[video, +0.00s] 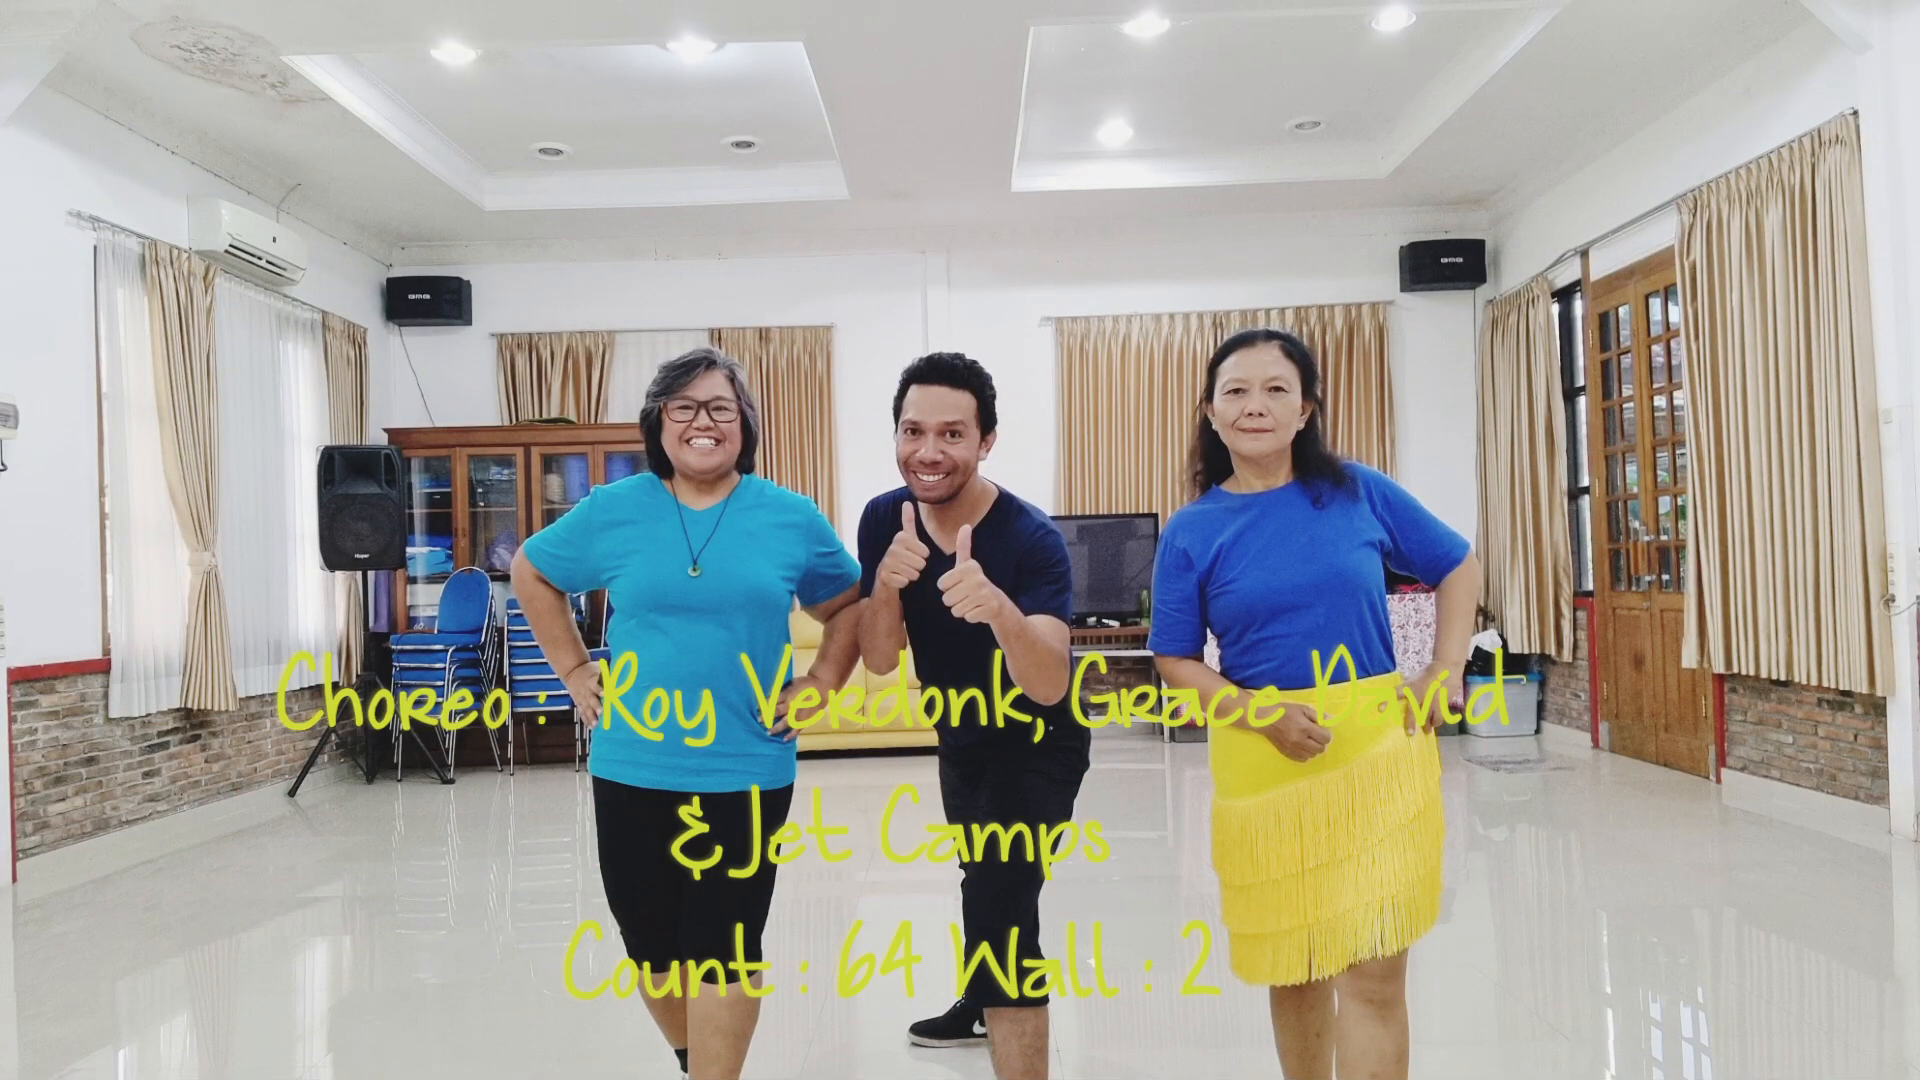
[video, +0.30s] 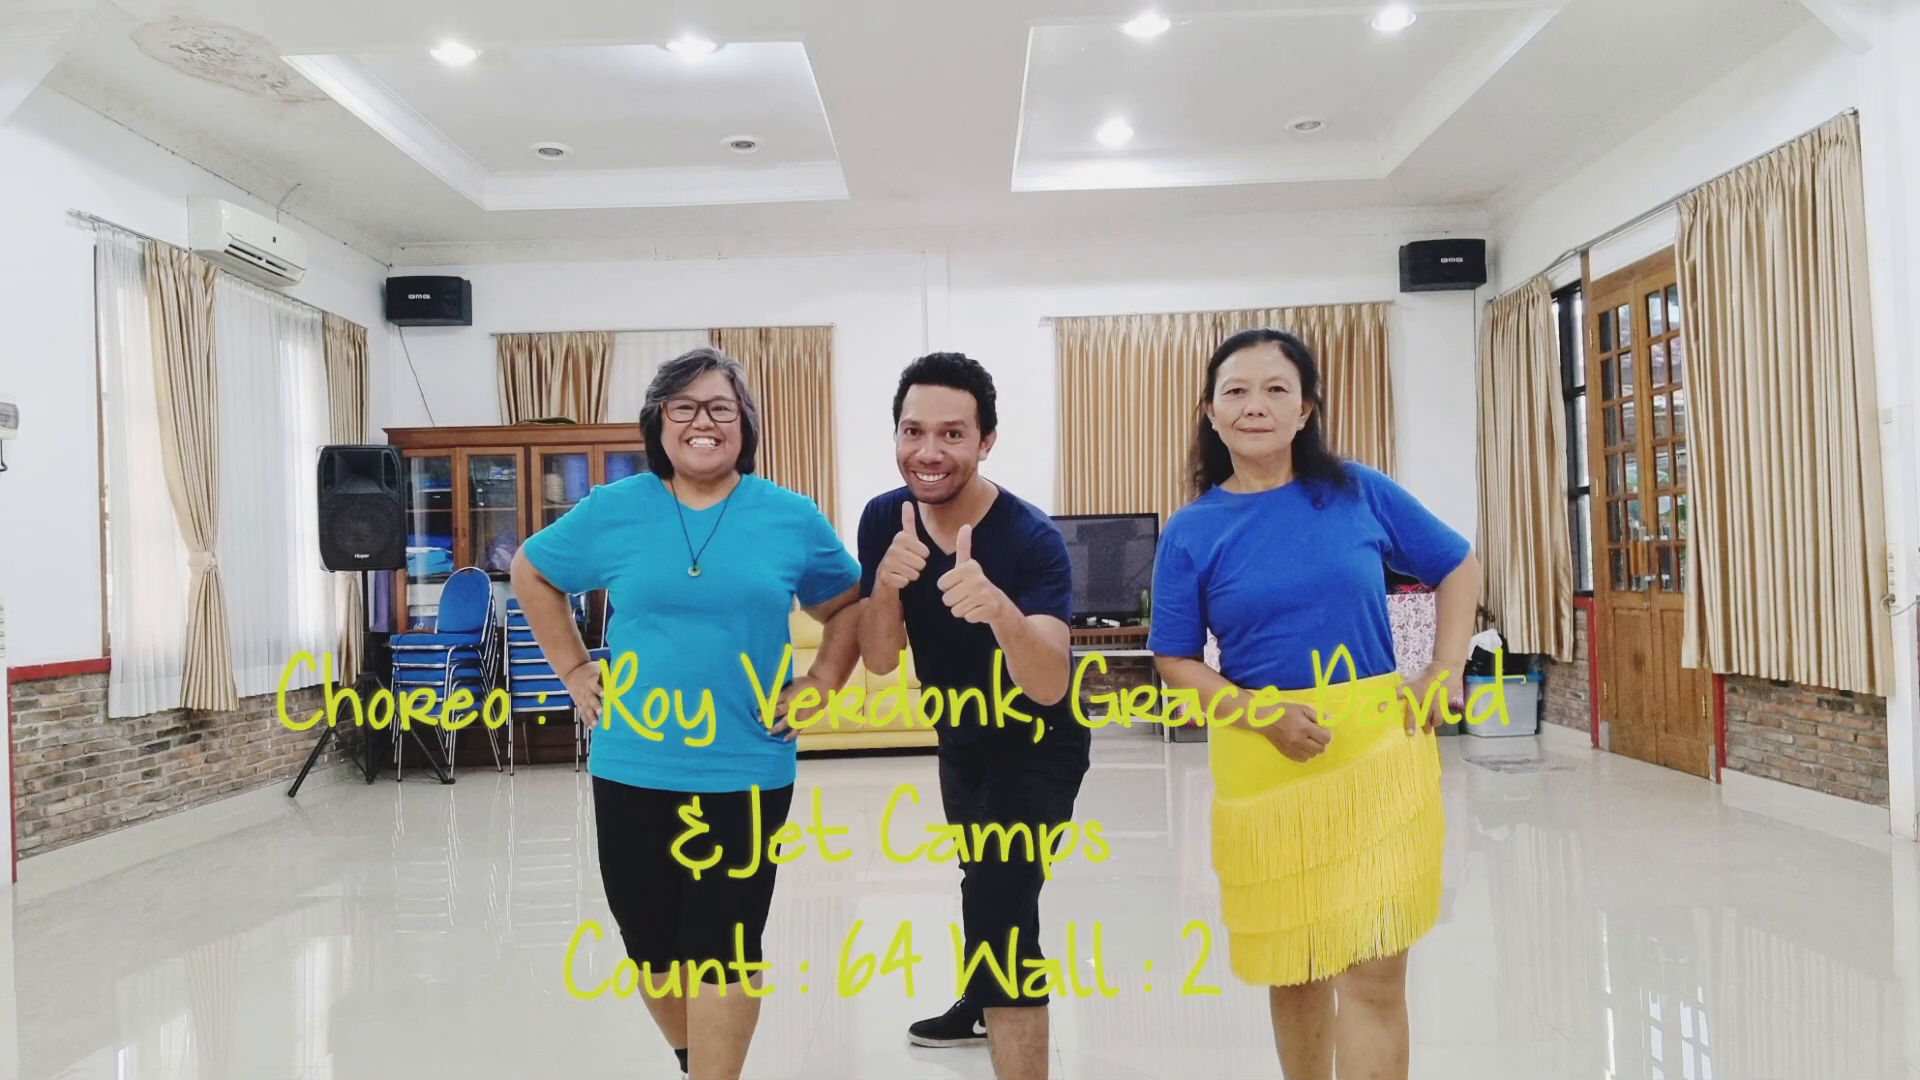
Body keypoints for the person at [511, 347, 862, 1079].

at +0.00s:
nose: (703, 421)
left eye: (720, 409)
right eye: (686, 408)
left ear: (746, 427)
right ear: (659, 425)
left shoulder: (790, 518)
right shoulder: (614, 510)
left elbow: (848, 607)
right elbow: (530, 570)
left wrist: (822, 681)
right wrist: (573, 668)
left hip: (745, 774)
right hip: (632, 774)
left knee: (725, 960)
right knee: (656, 963)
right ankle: (704, 1066)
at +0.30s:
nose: (703, 421)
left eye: (720, 409)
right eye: (686, 408)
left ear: (746, 427)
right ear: (659, 425)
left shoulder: (790, 518)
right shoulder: (614, 510)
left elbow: (848, 607)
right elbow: (530, 570)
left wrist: (822, 682)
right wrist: (573, 668)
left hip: (745, 774)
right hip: (632, 774)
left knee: (725, 960)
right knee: (656, 963)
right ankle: (704, 1066)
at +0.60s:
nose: (703, 421)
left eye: (720, 409)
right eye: (686, 408)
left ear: (746, 427)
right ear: (659, 424)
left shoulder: (790, 518)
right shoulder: (613, 510)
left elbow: (848, 606)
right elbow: (530, 570)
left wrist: (822, 681)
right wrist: (574, 667)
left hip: (745, 774)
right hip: (632, 774)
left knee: (724, 959)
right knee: (656, 963)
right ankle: (703, 1066)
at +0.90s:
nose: (703, 421)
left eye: (720, 409)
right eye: (686, 408)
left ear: (746, 427)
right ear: (659, 424)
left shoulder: (790, 518)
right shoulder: (613, 510)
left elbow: (848, 606)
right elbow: (530, 570)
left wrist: (822, 681)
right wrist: (574, 667)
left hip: (745, 774)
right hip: (632, 774)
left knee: (724, 959)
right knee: (656, 963)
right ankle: (703, 1066)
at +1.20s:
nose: (703, 421)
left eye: (720, 409)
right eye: (686, 408)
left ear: (746, 427)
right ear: (659, 425)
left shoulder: (790, 518)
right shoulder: (614, 510)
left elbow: (848, 607)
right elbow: (530, 570)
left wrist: (821, 682)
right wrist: (573, 668)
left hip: (745, 774)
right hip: (632, 774)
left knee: (725, 959)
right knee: (656, 962)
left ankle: (714, 1079)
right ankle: (703, 1066)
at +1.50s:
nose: (703, 421)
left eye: (720, 409)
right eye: (686, 408)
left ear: (746, 428)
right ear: (659, 425)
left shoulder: (790, 518)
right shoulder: (613, 510)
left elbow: (848, 607)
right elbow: (530, 570)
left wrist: (821, 682)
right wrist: (574, 667)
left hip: (745, 774)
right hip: (632, 774)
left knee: (725, 959)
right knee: (656, 962)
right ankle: (703, 1066)